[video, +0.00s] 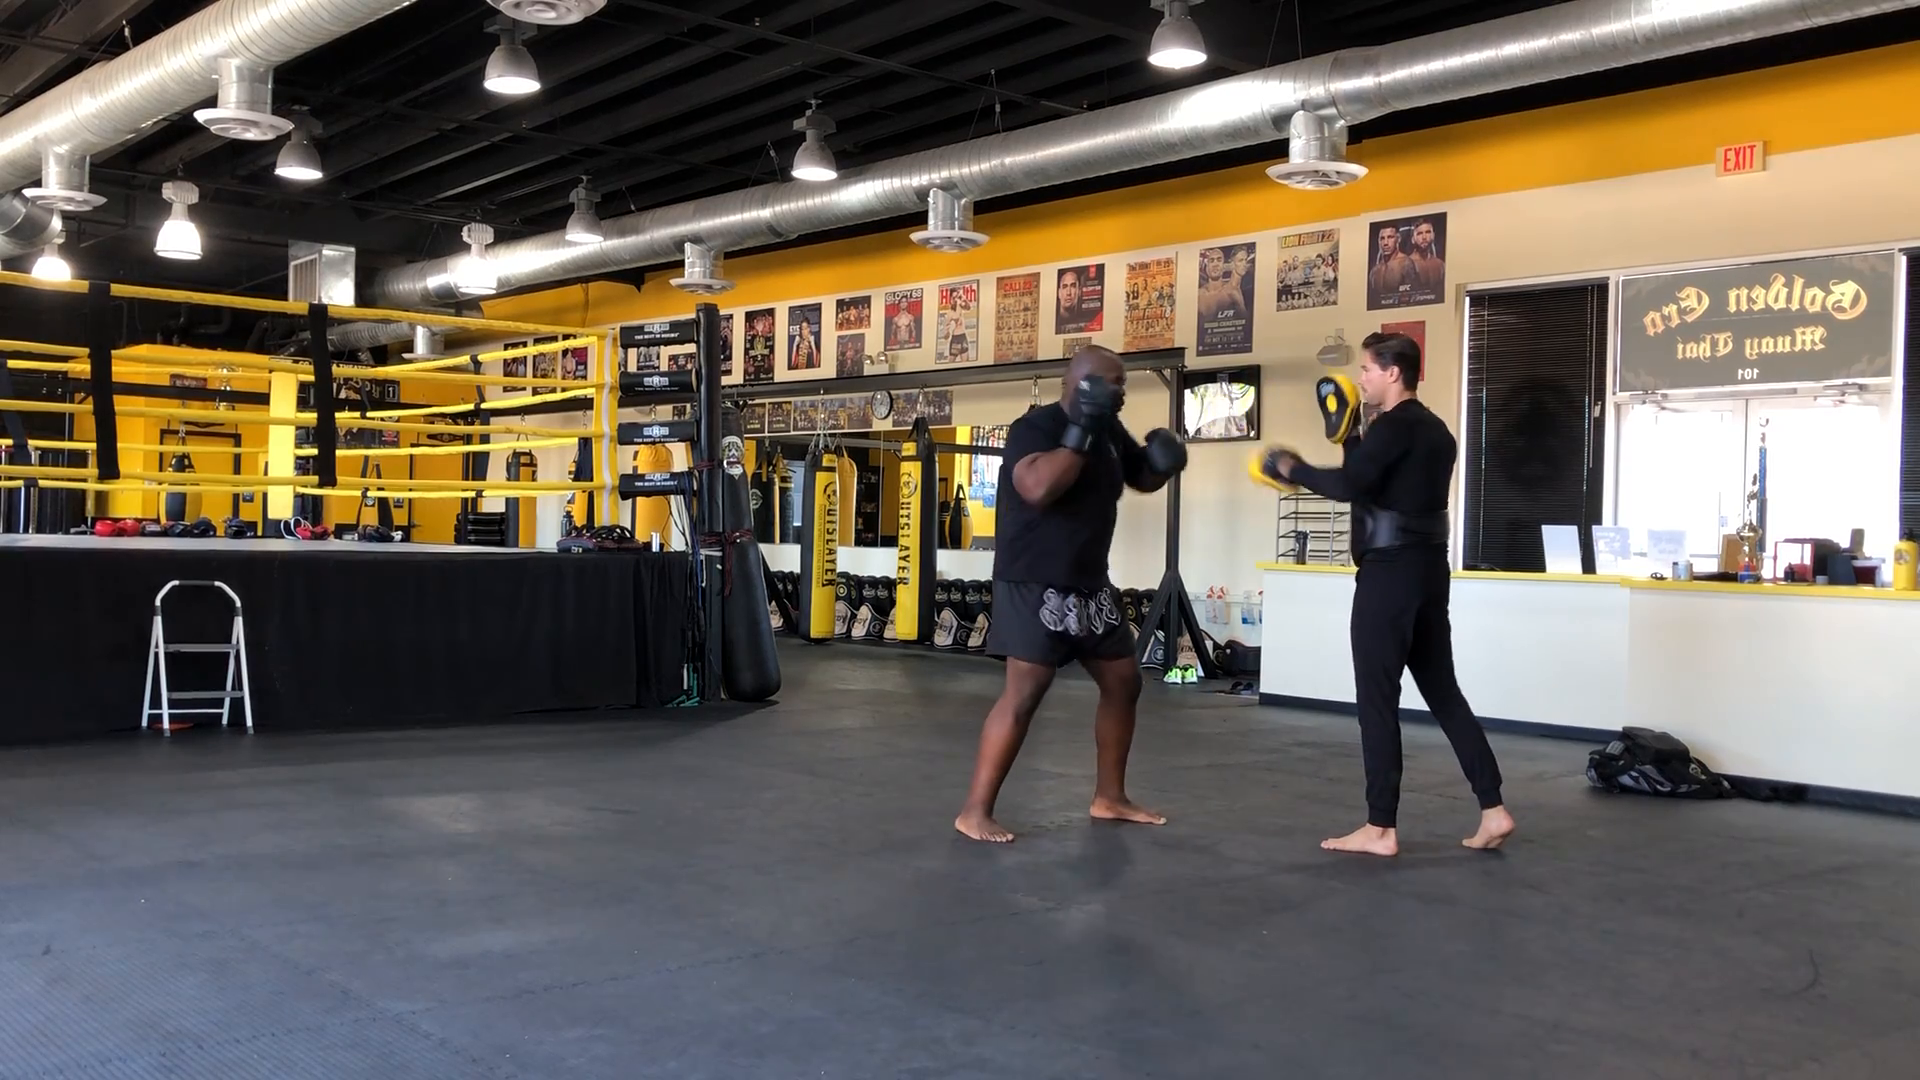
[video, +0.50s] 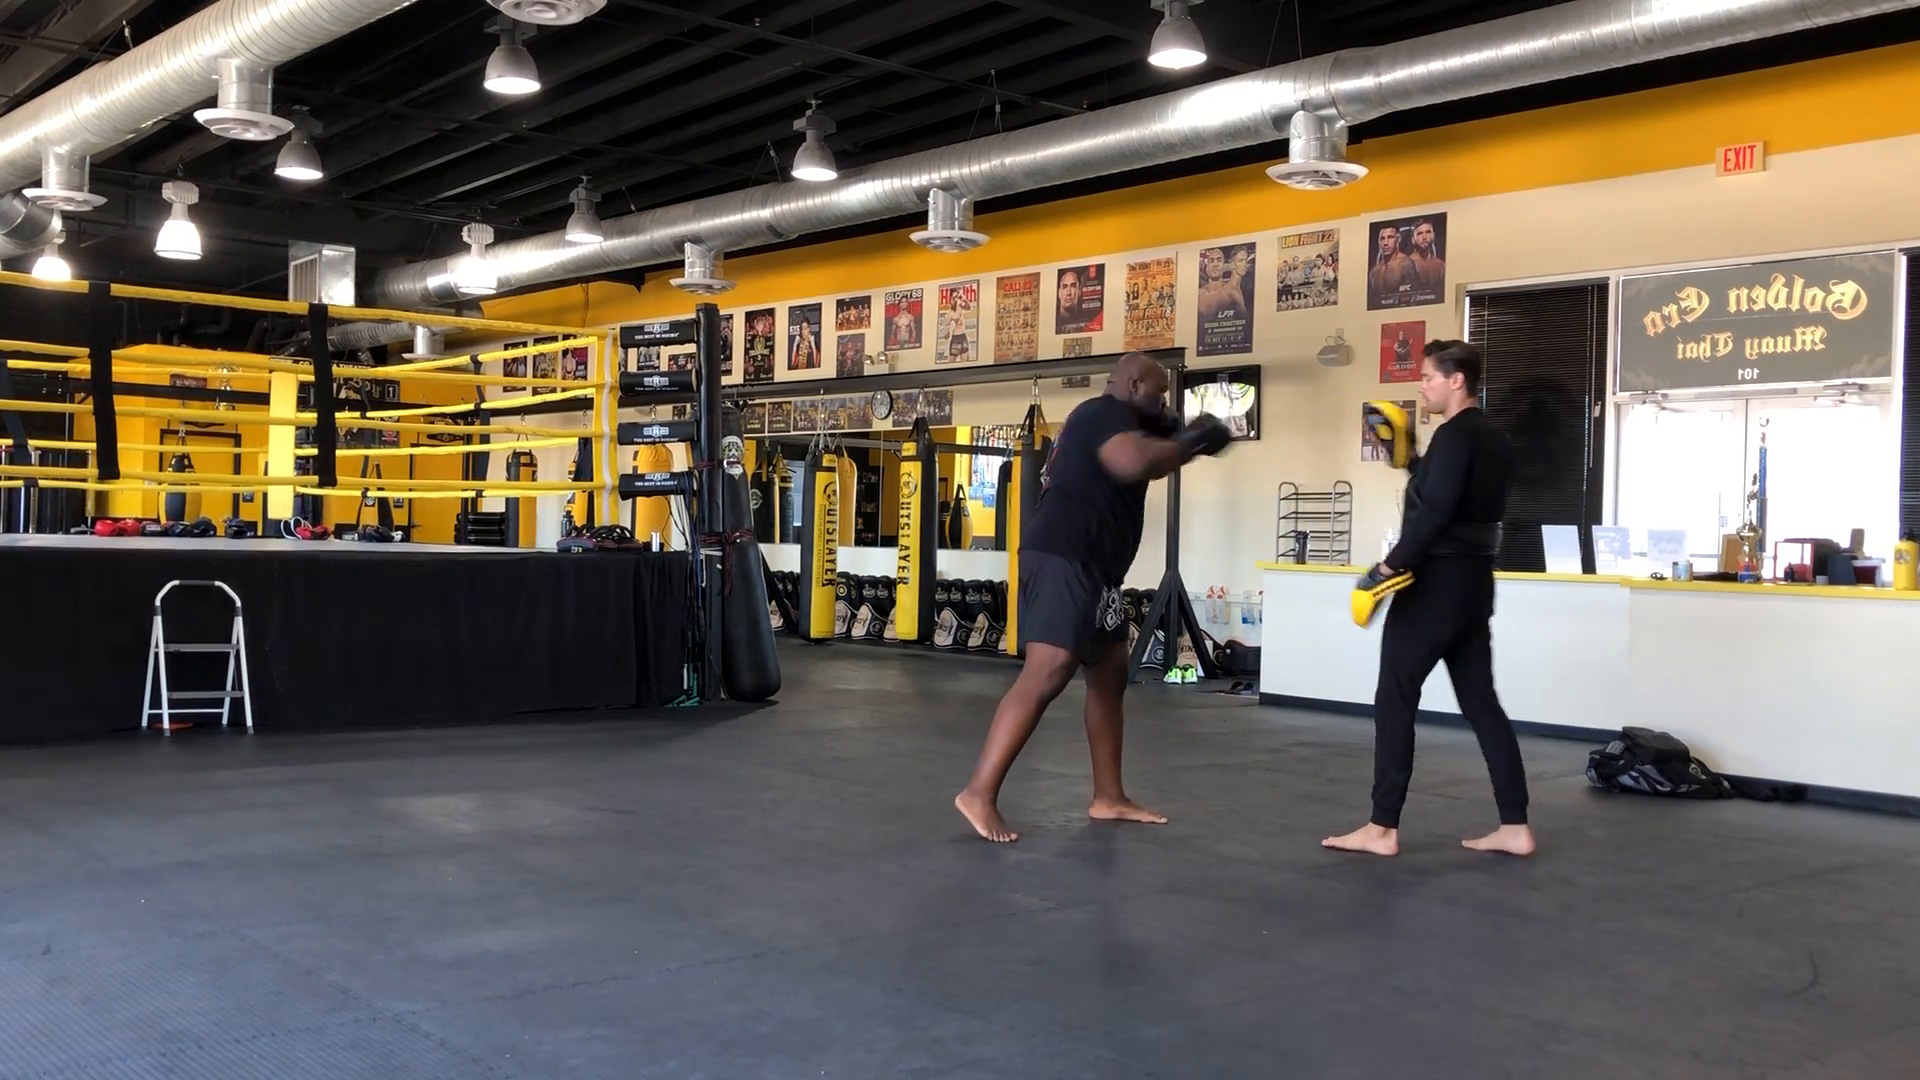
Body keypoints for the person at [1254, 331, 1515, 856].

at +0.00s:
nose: (1361, 378)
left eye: (1367, 369)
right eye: (1362, 369)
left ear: (1393, 373)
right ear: (1403, 375)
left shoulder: (1393, 425)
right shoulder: (1438, 432)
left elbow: (1352, 483)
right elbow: (1383, 492)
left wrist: (1295, 471)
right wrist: (1351, 441)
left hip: (1387, 575)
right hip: (1429, 573)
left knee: (1376, 702)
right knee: (1443, 692)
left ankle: (1380, 828)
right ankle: (1494, 810)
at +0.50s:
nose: (1421, 388)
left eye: (1427, 379)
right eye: (1421, 378)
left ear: (1456, 381)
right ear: (1460, 385)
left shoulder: (1455, 435)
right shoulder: (1492, 435)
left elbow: (1432, 512)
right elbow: (1442, 491)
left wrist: (1387, 569)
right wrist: (1404, 454)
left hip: (1433, 582)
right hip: (1472, 582)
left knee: (1393, 700)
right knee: (1481, 703)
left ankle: (1382, 827)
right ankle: (1515, 827)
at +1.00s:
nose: (1461, 386)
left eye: (1466, 376)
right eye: (1461, 376)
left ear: (1495, 378)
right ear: (1501, 381)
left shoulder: (1490, 431)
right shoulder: (1545, 436)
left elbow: (1481, 510)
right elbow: (1573, 526)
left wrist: (1453, 583)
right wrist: (1544, 577)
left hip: (1489, 586)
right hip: (1534, 586)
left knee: (1455, 703)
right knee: (1525, 705)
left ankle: (1503, 825)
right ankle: (1524, 831)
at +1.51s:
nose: (1467, 387)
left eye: (1472, 377)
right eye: (1467, 376)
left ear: (1500, 376)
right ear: (1510, 378)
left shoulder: (1502, 432)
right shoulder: (1563, 429)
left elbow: (1488, 516)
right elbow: (1591, 515)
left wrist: (1454, 583)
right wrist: (1539, 537)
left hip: (1517, 574)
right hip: (1563, 573)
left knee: (1521, 707)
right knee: (1527, 704)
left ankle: (1530, 845)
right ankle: (1530, 824)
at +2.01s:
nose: (1495, 385)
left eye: (1501, 375)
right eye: (1496, 375)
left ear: (1529, 377)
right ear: (1540, 379)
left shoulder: (1518, 430)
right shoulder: (1585, 437)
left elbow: (1499, 511)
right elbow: (1578, 513)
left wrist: (1469, 583)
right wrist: (1506, 475)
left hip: (1523, 584)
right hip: (1571, 586)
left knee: (1472, 702)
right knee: (1567, 713)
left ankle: (1515, 829)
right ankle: (1574, 840)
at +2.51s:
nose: (1452, 380)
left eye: (1458, 371)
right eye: (1453, 371)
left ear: (1484, 375)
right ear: (1494, 377)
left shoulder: (1481, 432)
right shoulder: (1533, 433)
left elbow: (1460, 513)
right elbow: (1504, 498)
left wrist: (1422, 582)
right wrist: (1450, 458)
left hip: (1471, 584)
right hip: (1516, 586)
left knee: (1435, 708)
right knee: (1525, 709)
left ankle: (1429, 837)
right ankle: (1567, 834)